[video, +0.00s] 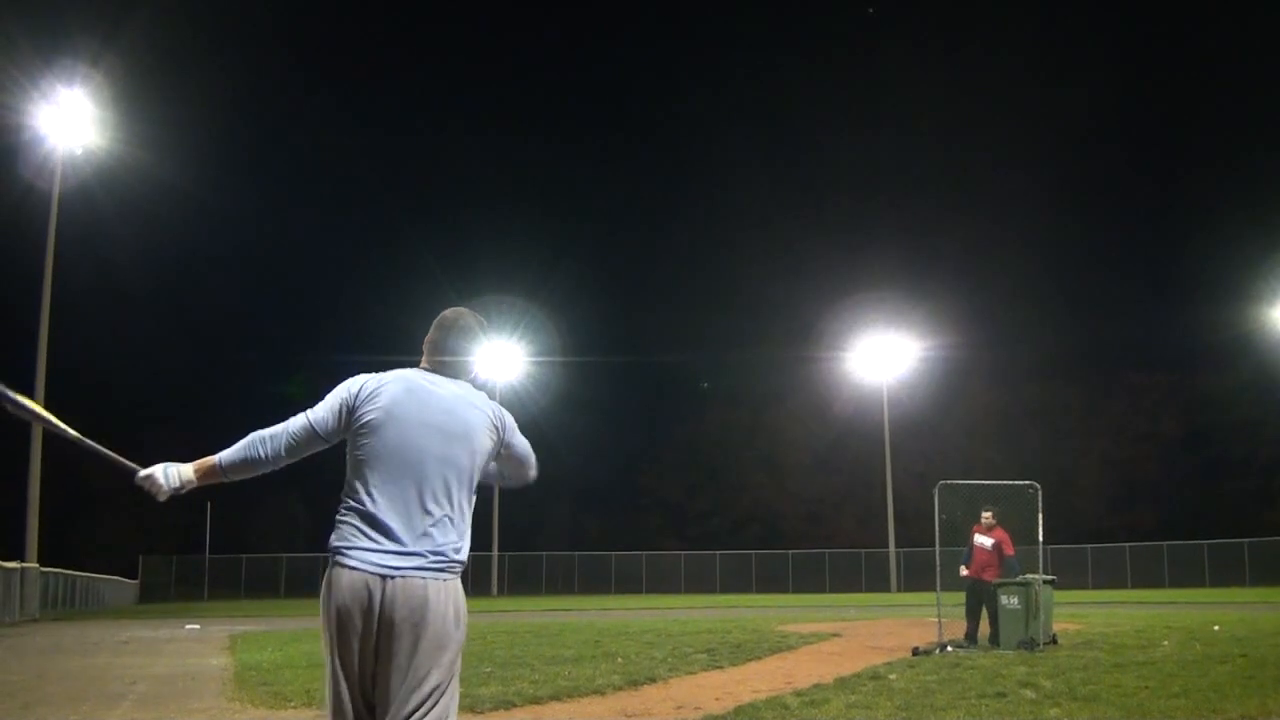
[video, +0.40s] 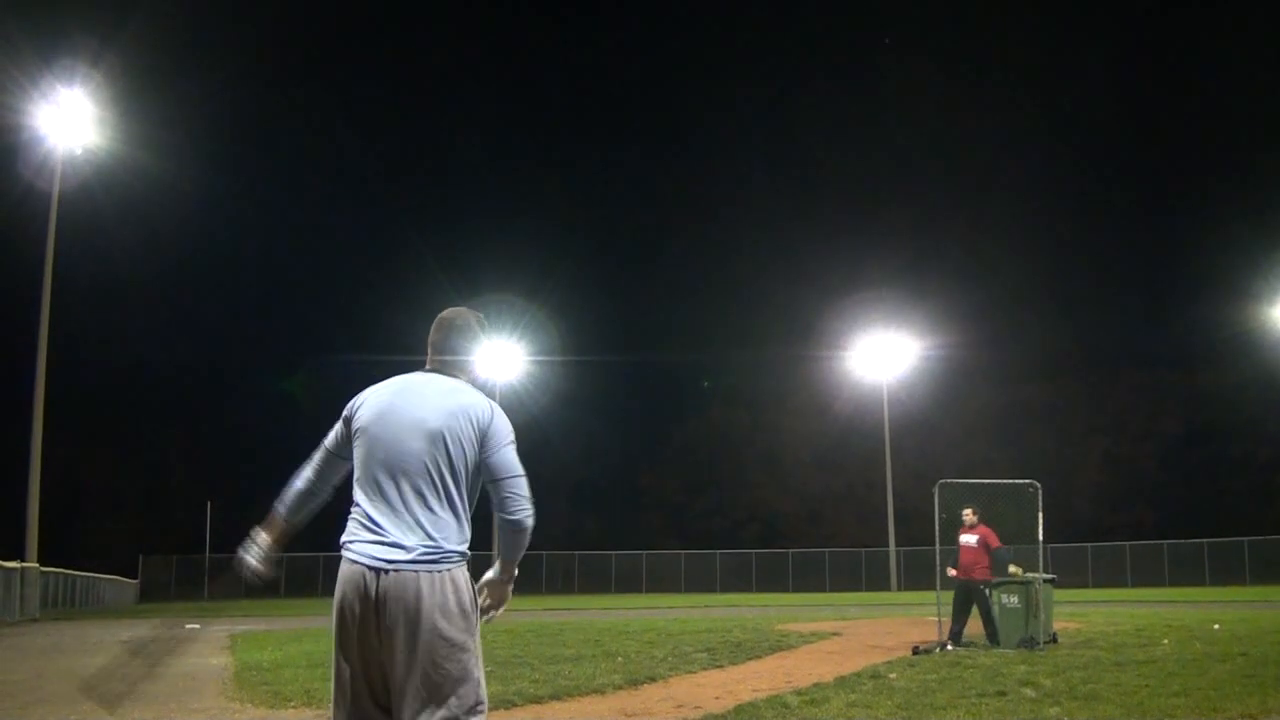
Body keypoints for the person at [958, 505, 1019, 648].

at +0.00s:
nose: (984, 521)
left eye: (987, 518)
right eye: (982, 518)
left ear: (994, 519)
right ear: (980, 518)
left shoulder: (1001, 536)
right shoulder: (977, 529)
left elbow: (1010, 558)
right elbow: (970, 548)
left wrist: (1017, 576)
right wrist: (963, 564)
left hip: (991, 581)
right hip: (974, 578)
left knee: (993, 613)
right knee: (972, 611)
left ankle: (995, 640)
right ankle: (970, 639)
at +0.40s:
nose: (964, 518)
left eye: (967, 515)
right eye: (963, 515)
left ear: (976, 516)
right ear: (962, 518)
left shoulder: (985, 532)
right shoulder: (962, 532)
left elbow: (998, 550)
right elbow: (959, 552)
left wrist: (1008, 565)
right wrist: (952, 566)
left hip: (980, 580)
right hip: (963, 579)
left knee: (986, 612)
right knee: (959, 611)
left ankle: (994, 642)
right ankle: (953, 641)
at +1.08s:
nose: (935, 518)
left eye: (937, 515)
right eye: (934, 516)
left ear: (945, 514)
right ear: (936, 517)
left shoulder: (957, 526)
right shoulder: (939, 531)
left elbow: (970, 539)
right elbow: (937, 553)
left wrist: (981, 549)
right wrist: (923, 563)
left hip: (955, 572)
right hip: (943, 573)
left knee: (954, 606)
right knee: (945, 606)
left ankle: (957, 638)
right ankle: (949, 637)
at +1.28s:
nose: (936, 516)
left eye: (938, 513)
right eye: (934, 515)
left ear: (946, 513)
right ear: (933, 517)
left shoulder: (954, 526)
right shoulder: (937, 532)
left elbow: (966, 539)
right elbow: (936, 553)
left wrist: (973, 550)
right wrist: (923, 561)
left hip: (953, 573)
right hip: (942, 574)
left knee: (953, 605)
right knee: (944, 606)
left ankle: (957, 637)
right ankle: (949, 637)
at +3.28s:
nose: (932, 518)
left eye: (933, 515)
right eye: (932, 515)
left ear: (941, 515)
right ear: (939, 515)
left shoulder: (951, 526)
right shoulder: (940, 530)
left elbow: (957, 546)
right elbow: (941, 554)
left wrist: (956, 565)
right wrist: (924, 560)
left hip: (950, 573)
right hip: (942, 574)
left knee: (952, 605)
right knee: (944, 605)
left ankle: (956, 635)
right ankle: (948, 635)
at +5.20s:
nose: (932, 515)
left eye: (934, 512)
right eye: (930, 513)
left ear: (941, 513)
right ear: (929, 516)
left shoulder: (951, 526)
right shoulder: (932, 532)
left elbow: (954, 546)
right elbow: (930, 551)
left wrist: (948, 563)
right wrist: (918, 555)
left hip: (950, 572)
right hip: (937, 573)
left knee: (951, 604)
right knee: (941, 605)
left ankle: (956, 634)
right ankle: (947, 634)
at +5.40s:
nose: (930, 516)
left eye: (932, 513)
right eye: (928, 514)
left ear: (940, 513)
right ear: (928, 517)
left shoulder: (949, 526)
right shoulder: (932, 533)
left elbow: (952, 545)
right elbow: (930, 554)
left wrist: (947, 562)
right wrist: (920, 566)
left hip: (950, 571)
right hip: (939, 572)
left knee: (949, 602)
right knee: (941, 604)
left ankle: (956, 634)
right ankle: (948, 634)